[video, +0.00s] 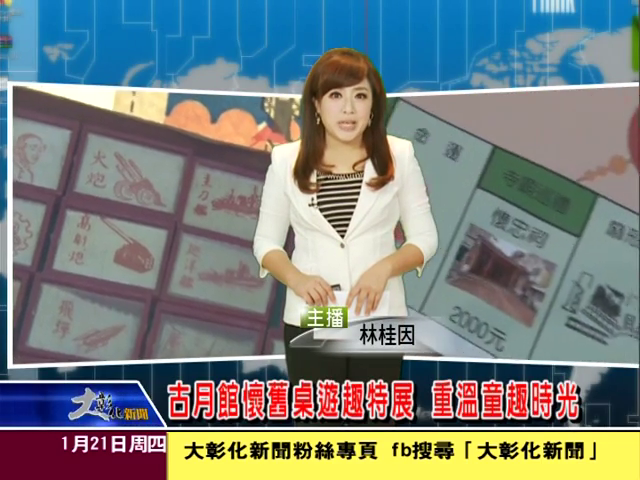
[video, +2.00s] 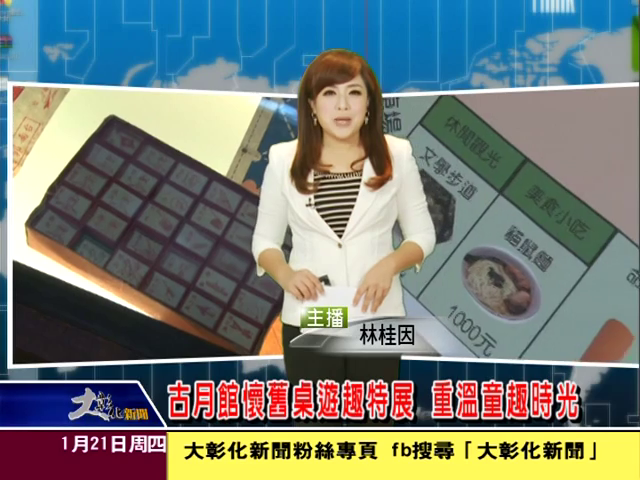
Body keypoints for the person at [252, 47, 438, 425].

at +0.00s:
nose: (348, 108)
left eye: (360, 96)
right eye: (335, 96)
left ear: (374, 104)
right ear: (316, 104)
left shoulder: (397, 156)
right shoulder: (288, 160)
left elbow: (425, 239)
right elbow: (265, 243)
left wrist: (384, 267)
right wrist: (297, 279)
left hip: (379, 324)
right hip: (309, 323)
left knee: (376, 440)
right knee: (315, 439)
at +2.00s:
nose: (343, 105)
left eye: (354, 93)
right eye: (330, 94)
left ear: (369, 102)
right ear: (311, 104)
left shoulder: (395, 155)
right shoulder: (285, 159)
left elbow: (422, 236)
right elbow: (264, 241)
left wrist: (388, 265)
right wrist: (288, 275)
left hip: (376, 325)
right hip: (307, 324)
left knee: (375, 443)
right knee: (314, 442)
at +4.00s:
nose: (347, 102)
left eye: (358, 91)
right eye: (334, 91)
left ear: (370, 102)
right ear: (313, 103)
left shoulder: (395, 155)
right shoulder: (286, 159)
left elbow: (423, 236)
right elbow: (267, 242)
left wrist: (389, 265)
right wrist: (290, 274)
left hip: (377, 325)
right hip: (308, 324)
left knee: (375, 441)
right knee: (314, 440)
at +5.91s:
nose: (344, 105)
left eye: (355, 92)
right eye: (330, 94)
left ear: (370, 102)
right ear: (312, 105)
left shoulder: (395, 155)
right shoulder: (287, 160)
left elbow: (424, 236)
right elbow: (267, 242)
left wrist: (390, 264)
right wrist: (291, 276)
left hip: (378, 325)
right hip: (308, 324)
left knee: (376, 440)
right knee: (313, 439)